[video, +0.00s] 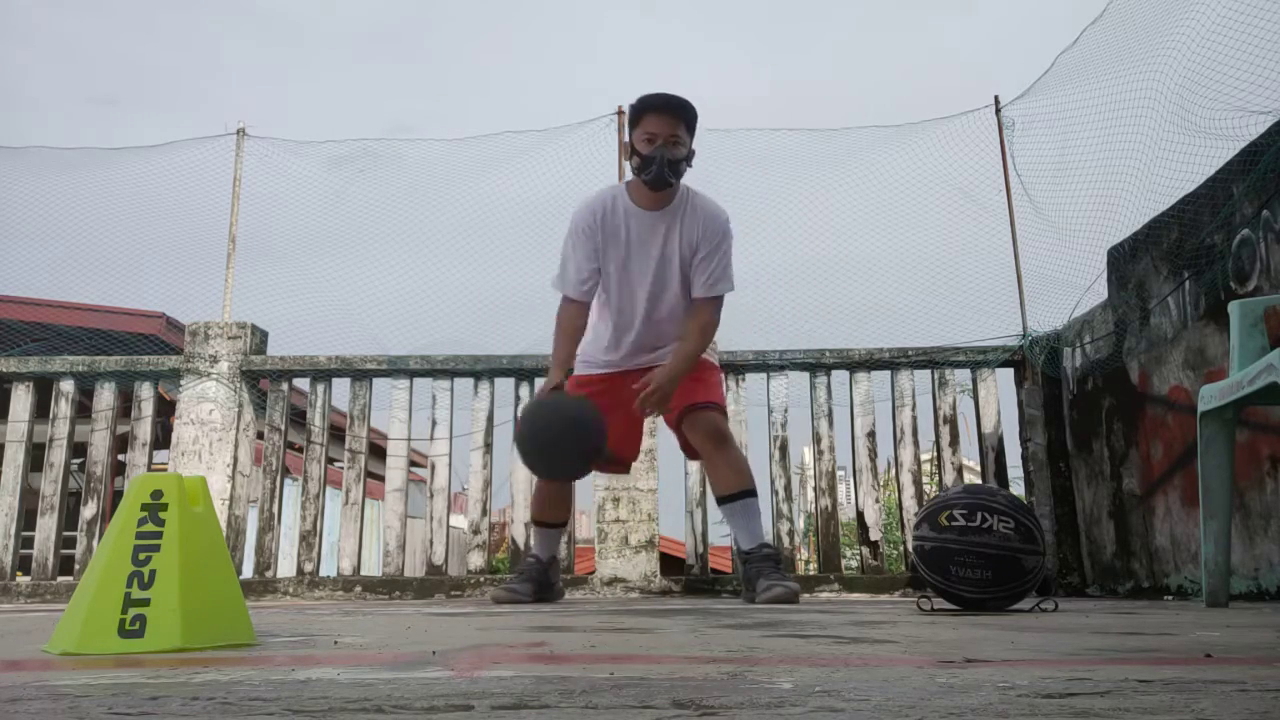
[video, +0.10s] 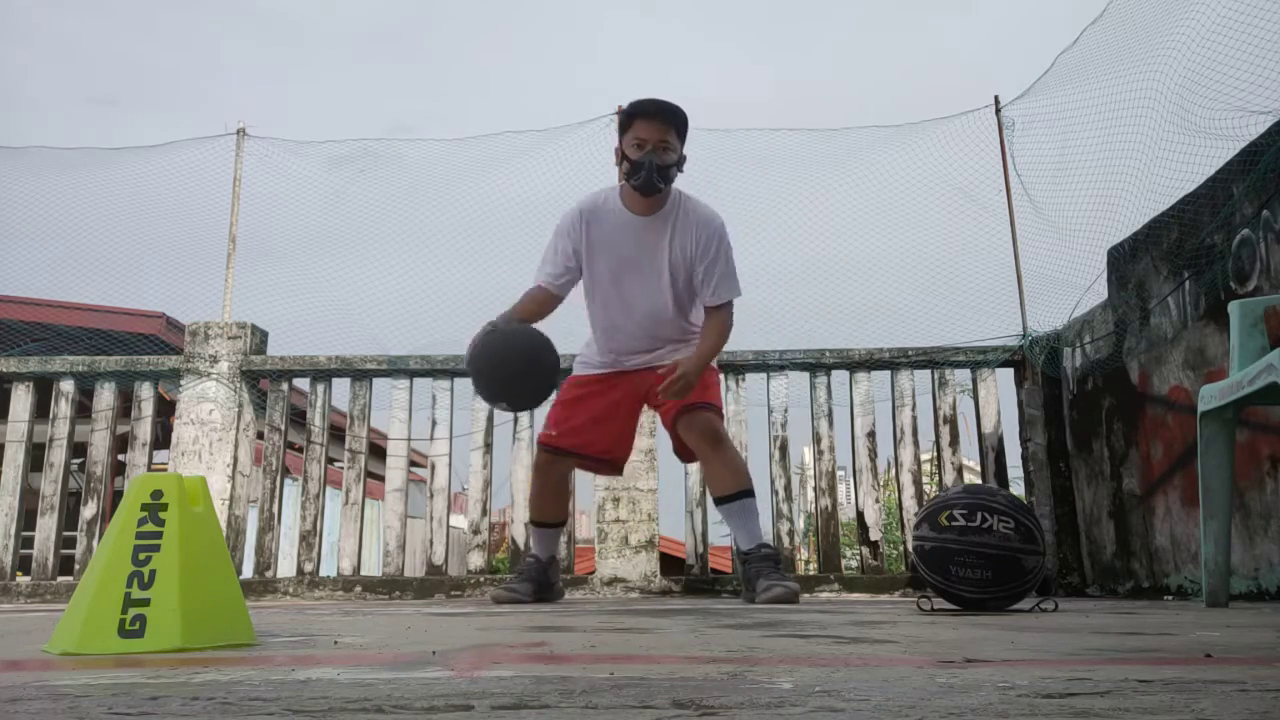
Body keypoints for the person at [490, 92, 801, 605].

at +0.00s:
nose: (659, 153)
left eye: (672, 143)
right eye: (648, 141)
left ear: (689, 151)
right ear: (630, 145)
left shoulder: (707, 221)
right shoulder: (595, 216)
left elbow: (706, 316)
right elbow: (574, 303)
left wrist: (672, 372)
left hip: (680, 359)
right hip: (602, 364)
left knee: (710, 429)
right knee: (558, 441)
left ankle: (759, 563)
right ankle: (541, 568)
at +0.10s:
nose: (647, 159)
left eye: (661, 149)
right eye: (637, 147)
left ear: (679, 157)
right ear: (619, 150)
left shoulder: (702, 225)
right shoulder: (585, 219)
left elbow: (719, 312)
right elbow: (549, 289)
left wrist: (697, 361)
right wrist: (506, 323)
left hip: (678, 359)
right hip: (603, 364)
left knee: (705, 430)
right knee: (552, 451)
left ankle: (758, 561)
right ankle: (541, 566)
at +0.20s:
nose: (652, 158)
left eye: (666, 148)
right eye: (641, 145)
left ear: (684, 155)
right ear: (624, 146)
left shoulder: (707, 223)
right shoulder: (588, 214)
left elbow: (732, 304)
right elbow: (551, 282)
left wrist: (729, 365)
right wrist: (507, 303)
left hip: (681, 355)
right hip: (604, 361)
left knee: (703, 425)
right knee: (555, 449)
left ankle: (757, 561)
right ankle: (541, 566)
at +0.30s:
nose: (673, 149)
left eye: (686, 140)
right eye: (662, 136)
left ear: (704, 148)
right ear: (643, 139)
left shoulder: (722, 221)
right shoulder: (602, 208)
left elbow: (737, 305)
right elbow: (574, 290)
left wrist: (746, 378)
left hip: (685, 354)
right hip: (607, 359)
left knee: (711, 426)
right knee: (564, 443)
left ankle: (758, 563)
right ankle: (541, 568)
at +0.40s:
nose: (701, 152)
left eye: (715, 142)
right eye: (690, 139)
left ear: (730, 151)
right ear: (670, 143)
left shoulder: (740, 226)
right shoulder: (628, 210)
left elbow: (743, 318)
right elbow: (612, 303)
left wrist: (747, 401)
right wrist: (621, 387)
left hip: (691, 354)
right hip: (618, 357)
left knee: (721, 423)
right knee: (565, 464)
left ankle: (758, 563)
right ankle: (542, 569)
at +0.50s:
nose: (725, 156)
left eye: (738, 147)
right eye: (714, 144)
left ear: (752, 158)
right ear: (692, 148)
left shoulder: (754, 234)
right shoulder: (650, 210)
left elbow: (749, 323)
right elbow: (631, 306)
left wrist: (749, 405)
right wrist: (662, 383)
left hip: (705, 354)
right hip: (630, 353)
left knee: (734, 417)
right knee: (575, 472)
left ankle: (760, 564)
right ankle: (544, 565)